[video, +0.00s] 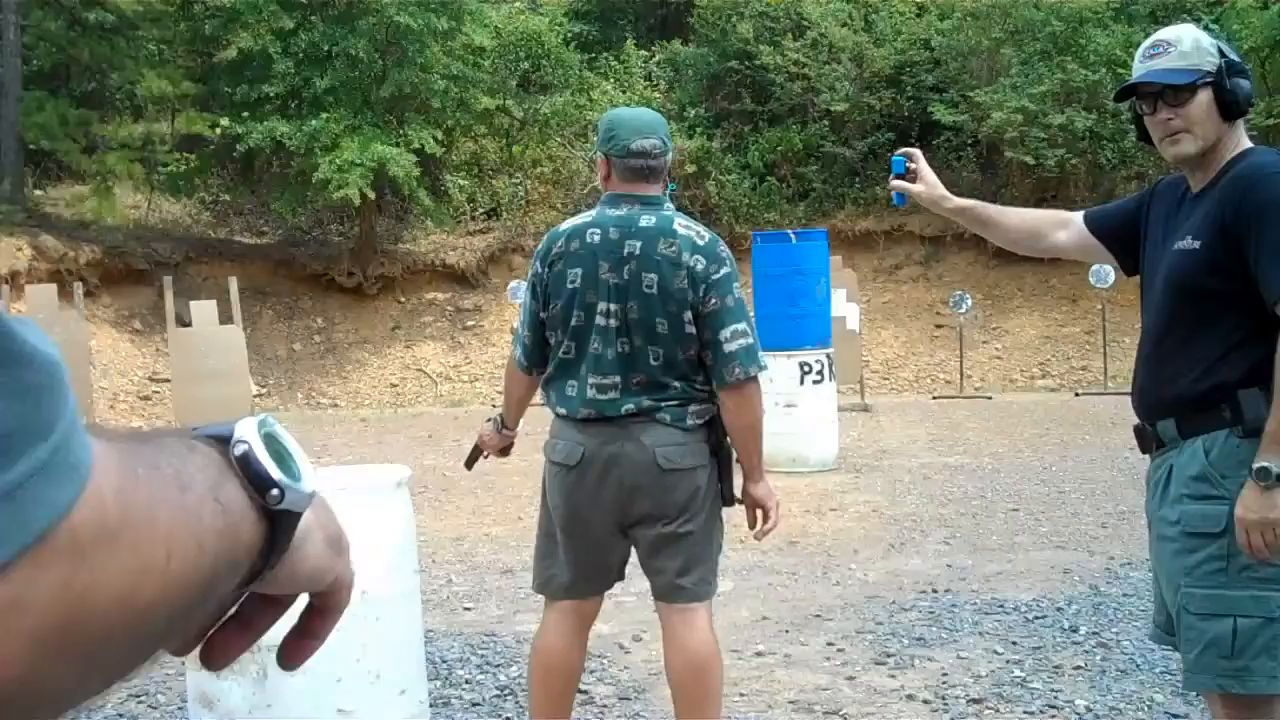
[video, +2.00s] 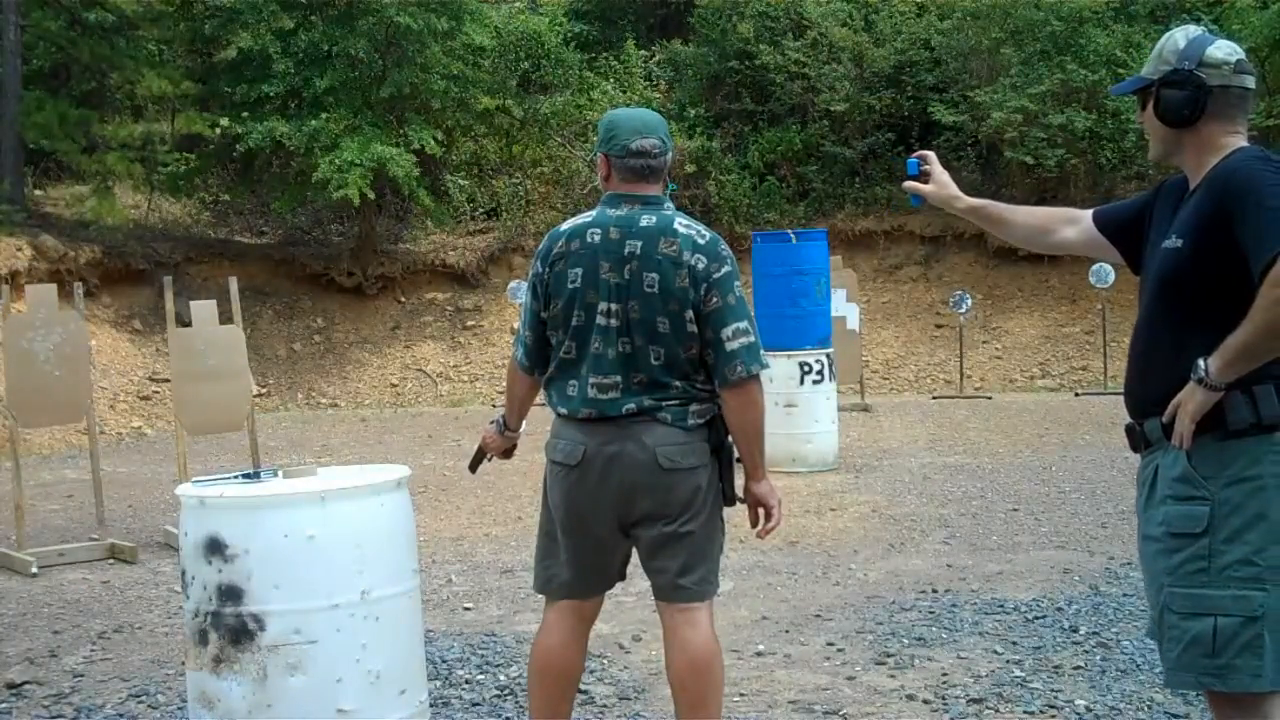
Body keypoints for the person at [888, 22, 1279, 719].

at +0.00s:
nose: (1163, 114)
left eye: (1180, 94)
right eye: (1150, 102)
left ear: (1228, 94)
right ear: (1142, 115)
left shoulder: (1262, 185)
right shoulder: (1164, 202)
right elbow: (1057, 231)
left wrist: (1267, 472)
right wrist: (946, 204)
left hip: (1228, 460)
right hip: (1177, 461)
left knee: (1246, 691)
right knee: (1225, 681)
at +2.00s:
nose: (1141, 115)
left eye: (1148, 100)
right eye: (1142, 101)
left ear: (1180, 101)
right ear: (1216, 102)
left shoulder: (1248, 177)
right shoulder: (1173, 198)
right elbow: (1066, 229)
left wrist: (1213, 376)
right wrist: (958, 203)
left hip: (1230, 459)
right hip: (1185, 459)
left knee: (1242, 689)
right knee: (1232, 683)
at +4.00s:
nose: (1144, 116)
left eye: (1149, 101)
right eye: (1144, 102)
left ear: (1177, 102)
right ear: (1220, 102)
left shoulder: (1247, 179)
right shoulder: (1185, 200)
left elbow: (1279, 278)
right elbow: (1082, 239)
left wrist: (1204, 378)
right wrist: (971, 215)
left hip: (1229, 460)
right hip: (1197, 458)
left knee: (1242, 692)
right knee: (1236, 686)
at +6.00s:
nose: (1146, 115)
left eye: (1151, 101)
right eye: (1147, 101)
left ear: (1176, 103)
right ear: (1225, 101)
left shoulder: (1243, 179)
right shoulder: (1189, 197)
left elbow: (1273, 284)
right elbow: (1084, 237)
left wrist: (1193, 383)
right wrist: (975, 212)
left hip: (1223, 463)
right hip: (1204, 459)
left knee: (1242, 691)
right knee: (1240, 685)